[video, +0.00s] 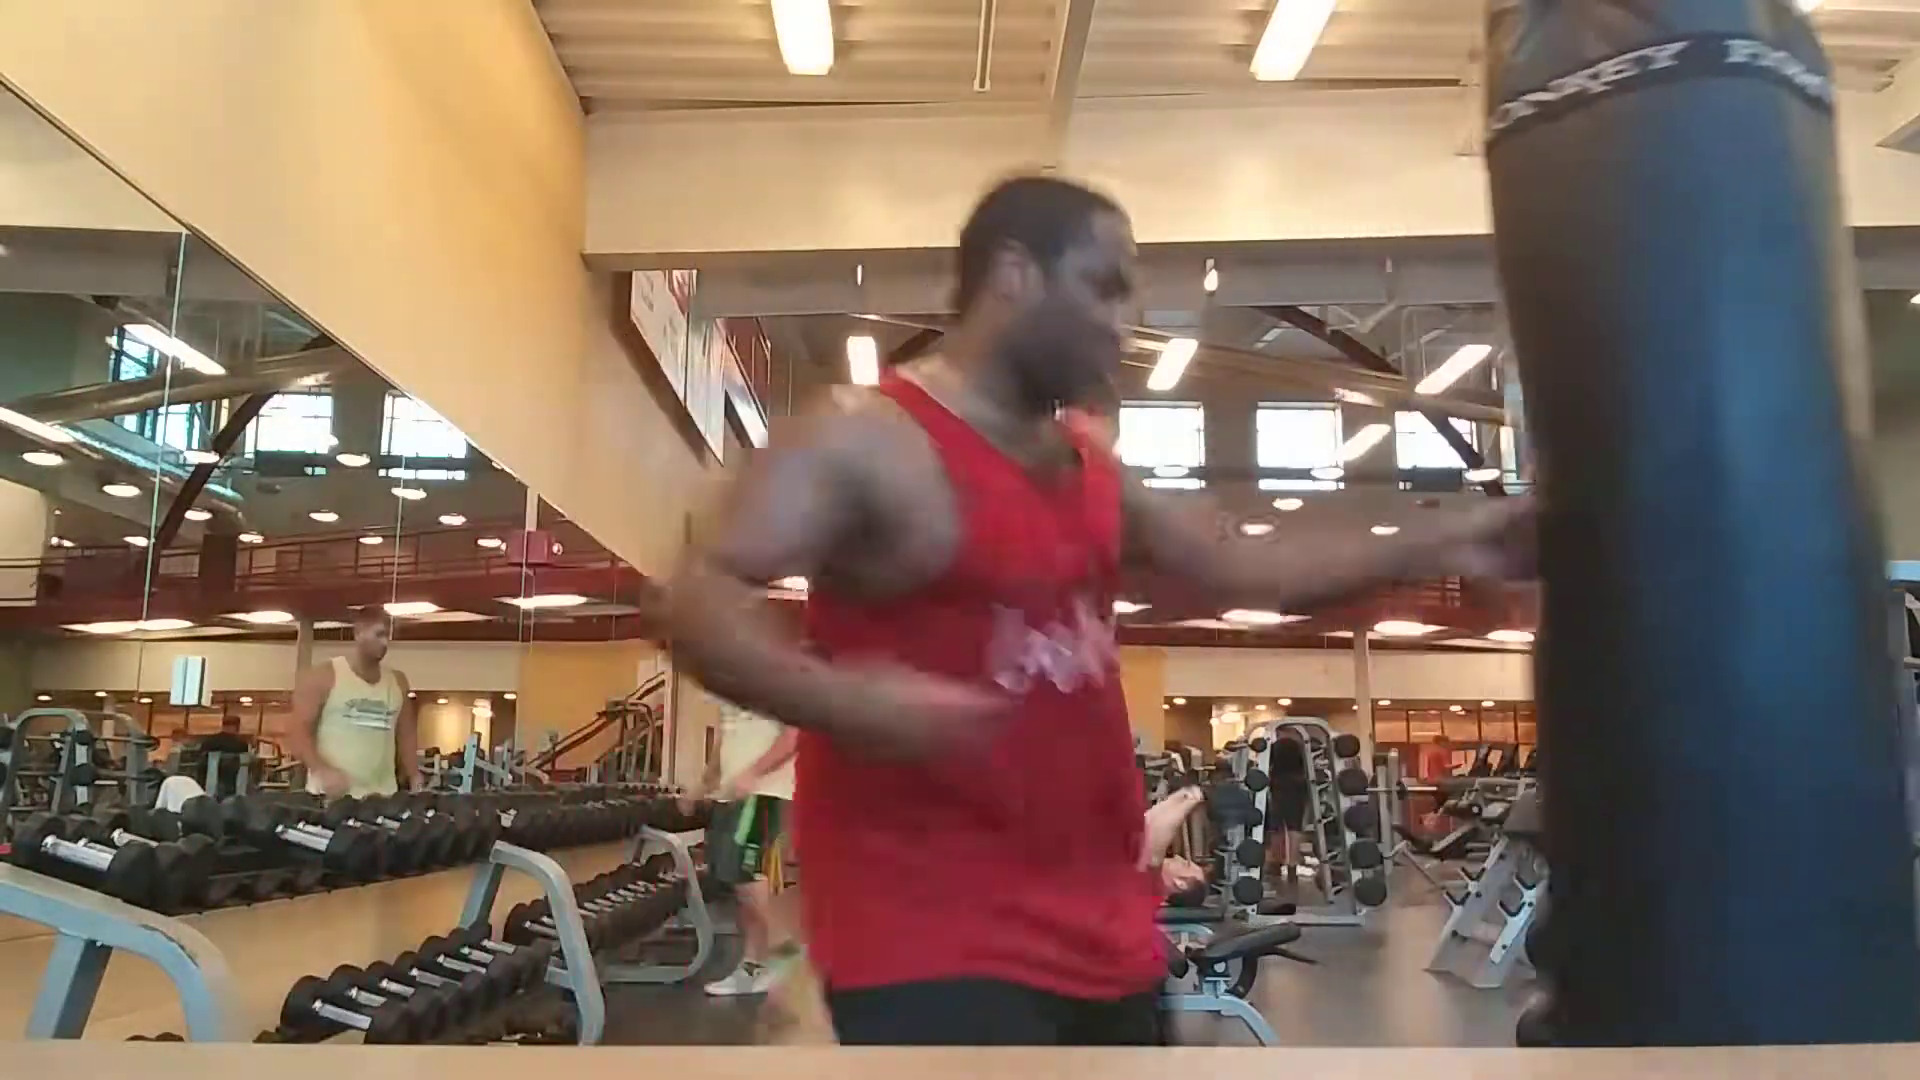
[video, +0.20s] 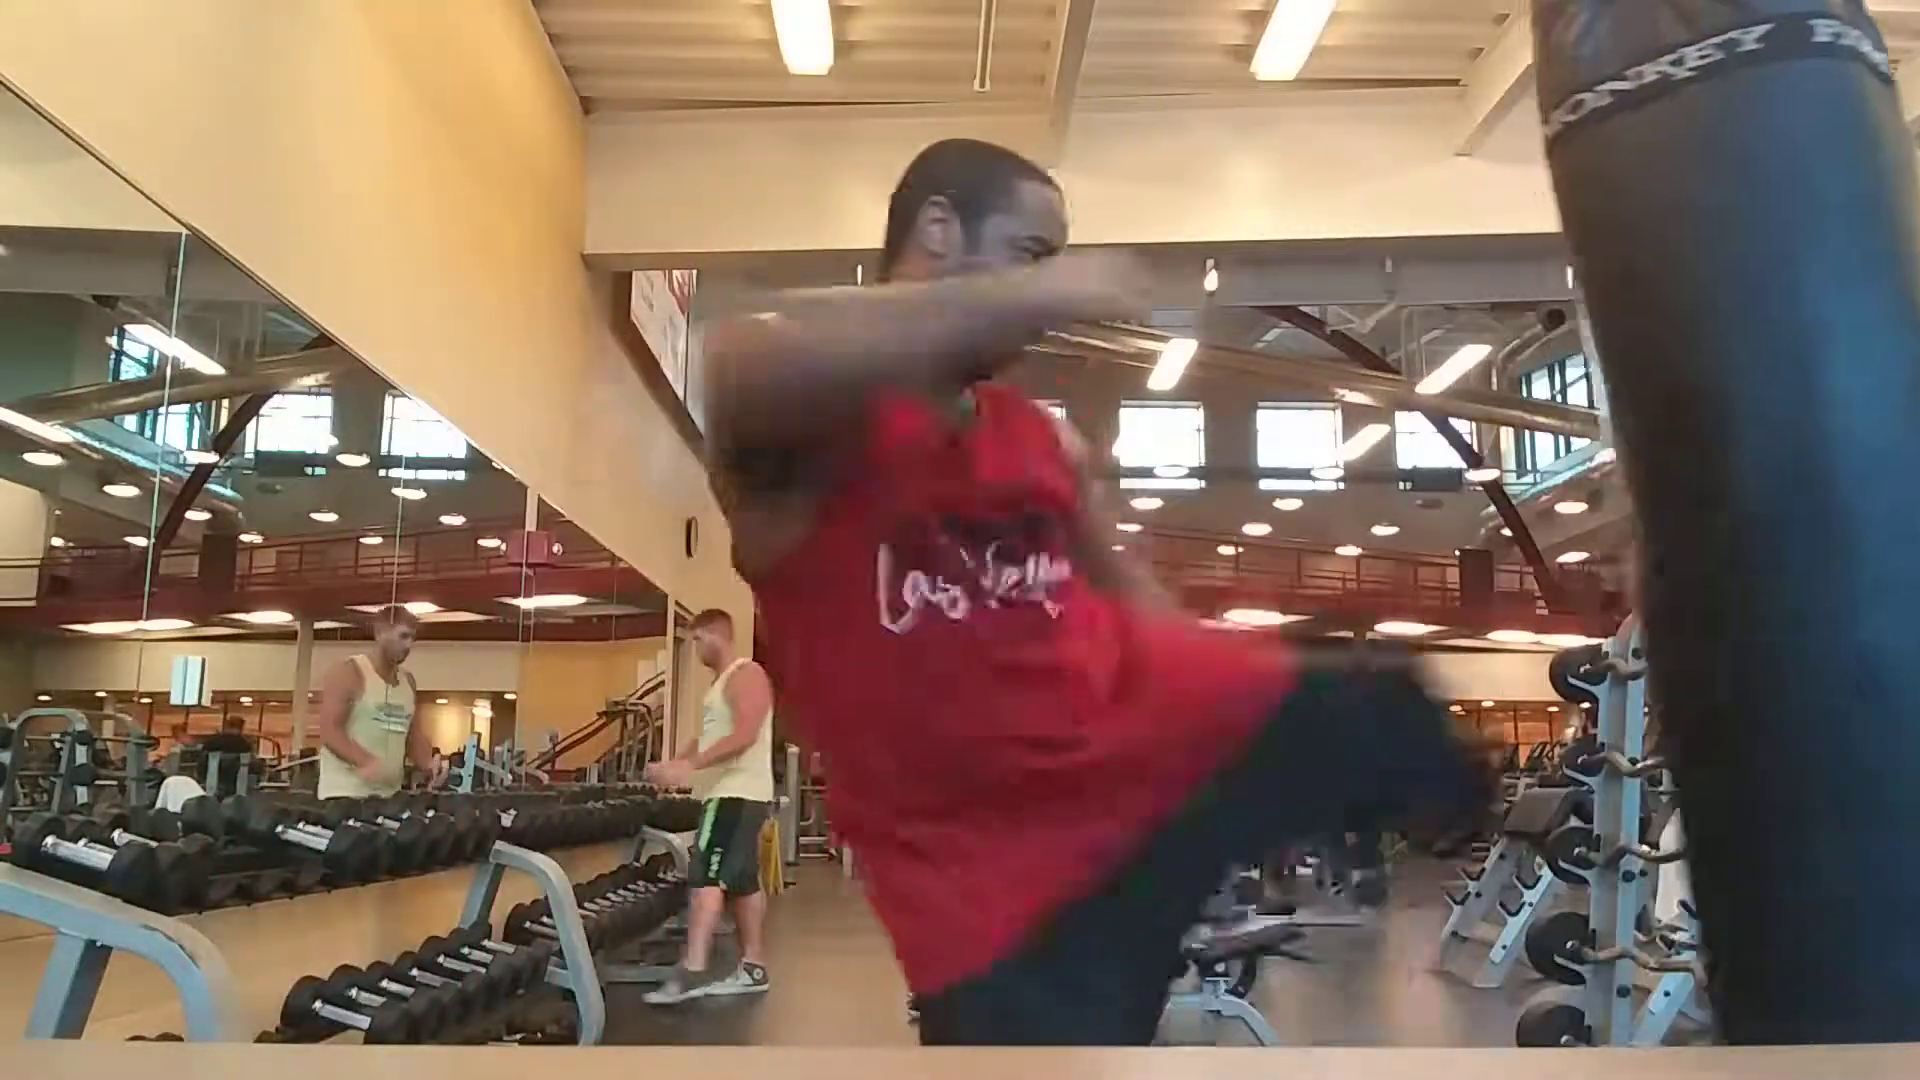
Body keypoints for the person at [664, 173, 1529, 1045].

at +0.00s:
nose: (1133, 324)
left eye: (1134, 299)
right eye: (1110, 288)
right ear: (1011, 275)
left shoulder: (1087, 472)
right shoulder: (860, 440)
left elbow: (1249, 560)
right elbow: (688, 598)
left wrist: (1462, 539)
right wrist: (856, 700)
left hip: (1105, 947)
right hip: (939, 957)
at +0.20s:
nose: (1048, 286)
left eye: (1054, 264)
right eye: (1027, 253)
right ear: (932, 233)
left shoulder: (1036, 433)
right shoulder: (795, 392)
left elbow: (1137, 614)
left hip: (1155, 759)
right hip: (1009, 906)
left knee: (1390, 723)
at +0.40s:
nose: (1060, 314)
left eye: (1063, 290)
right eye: (1041, 276)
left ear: (948, 262)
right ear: (941, 255)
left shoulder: (994, 445)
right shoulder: (824, 429)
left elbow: (1112, 596)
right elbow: (1092, 520)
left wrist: (1240, 627)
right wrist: (1174, 367)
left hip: (1165, 747)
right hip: (1067, 926)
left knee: (1448, 742)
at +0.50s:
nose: (1074, 307)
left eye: (1074, 280)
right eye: (1054, 269)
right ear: (955, 256)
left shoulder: (1017, 447)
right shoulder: (833, 437)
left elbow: (1096, 613)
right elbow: (1027, 564)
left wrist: (1266, 581)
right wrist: (1148, 416)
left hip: (1182, 790)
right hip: (1061, 937)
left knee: (1415, 905)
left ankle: (1417, 1058)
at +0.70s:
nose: (1171, 288)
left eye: (1170, 258)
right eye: (1150, 249)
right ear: (1054, 235)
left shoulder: (1099, 430)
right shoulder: (946, 399)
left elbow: (1210, 587)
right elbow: (1101, 569)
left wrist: (1311, 456)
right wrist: (1248, 427)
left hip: (1202, 930)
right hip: (1083, 958)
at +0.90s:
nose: (1247, 354)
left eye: (1247, 324)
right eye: (1229, 315)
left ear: (1145, 313)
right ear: (1138, 306)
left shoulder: (1135, 484)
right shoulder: (1037, 440)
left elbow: (1236, 645)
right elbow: (1162, 623)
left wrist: (1314, 517)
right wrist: (1348, 528)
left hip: (1194, 948)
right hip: (1079, 964)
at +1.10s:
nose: (1192, 358)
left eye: (1193, 330)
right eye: (1175, 321)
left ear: (1086, 319)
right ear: (1087, 311)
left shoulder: (1074, 450)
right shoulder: (1011, 427)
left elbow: (1219, 576)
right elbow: (1200, 554)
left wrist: (1347, 491)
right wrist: (1433, 481)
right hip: (996, 968)